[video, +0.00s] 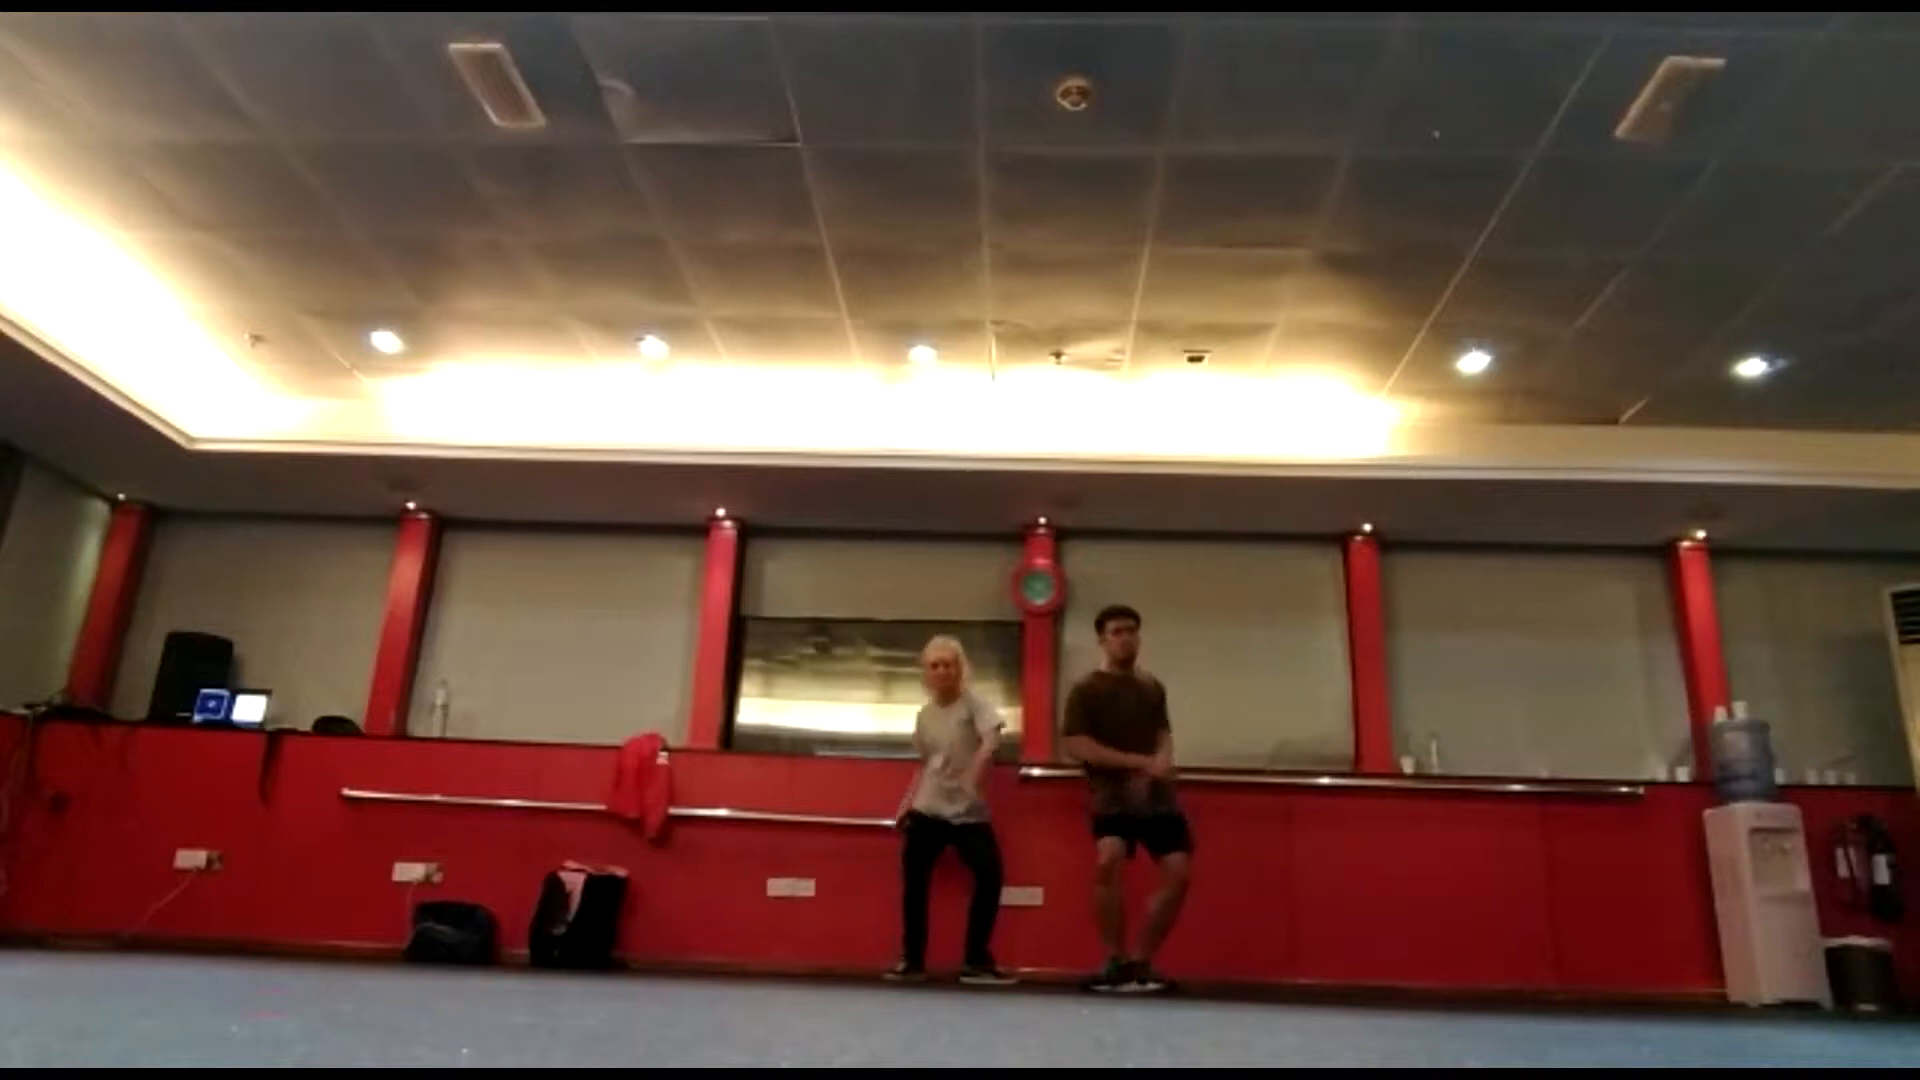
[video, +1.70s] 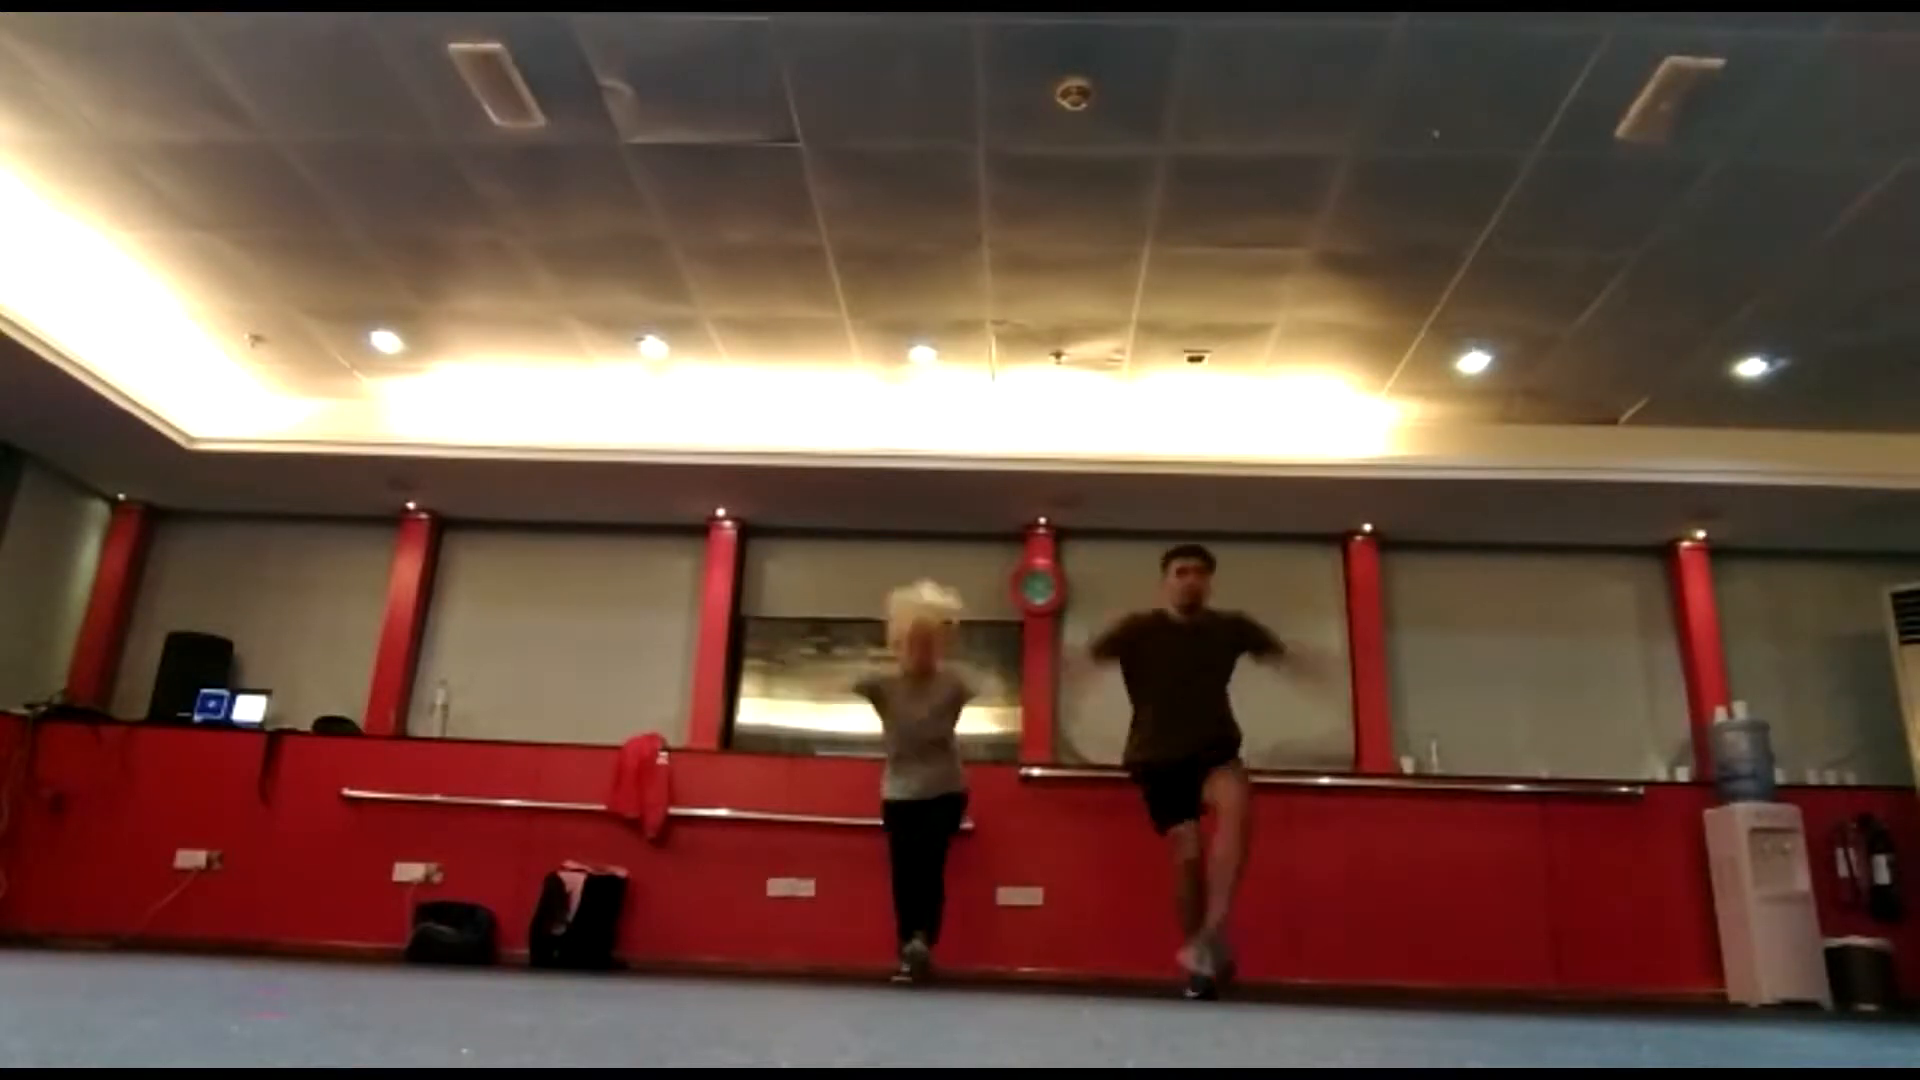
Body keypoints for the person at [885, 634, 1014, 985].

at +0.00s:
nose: (940, 672)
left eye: (946, 665)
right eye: (933, 666)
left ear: (960, 668)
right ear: (924, 671)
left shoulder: (974, 703)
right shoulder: (926, 714)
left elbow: (992, 738)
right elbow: (925, 763)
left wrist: (973, 777)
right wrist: (907, 803)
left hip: (967, 817)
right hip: (927, 815)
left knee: (990, 879)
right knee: (914, 885)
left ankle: (977, 961)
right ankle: (912, 959)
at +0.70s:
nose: (950, 681)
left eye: (957, 675)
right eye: (944, 673)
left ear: (967, 679)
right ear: (932, 674)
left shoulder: (969, 723)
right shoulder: (909, 711)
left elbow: (976, 768)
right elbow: (891, 752)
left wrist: (974, 806)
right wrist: (898, 801)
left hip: (953, 822)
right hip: (915, 819)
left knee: (941, 895)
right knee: (912, 893)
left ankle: (936, 959)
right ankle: (910, 956)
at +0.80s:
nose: (947, 683)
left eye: (954, 675)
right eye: (941, 675)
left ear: (966, 680)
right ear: (929, 677)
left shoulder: (971, 725)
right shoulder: (912, 711)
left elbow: (978, 772)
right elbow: (893, 749)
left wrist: (966, 806)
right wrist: (899, 791)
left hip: (953, 815)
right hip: (918, 807)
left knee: (943, 892)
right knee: (916, 829)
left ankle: (936, 960)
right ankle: (911, 891)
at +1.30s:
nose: (906, 683)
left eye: (913, 675)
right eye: (899, 676)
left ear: (926, 676)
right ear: (890, 679)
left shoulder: (947, 710)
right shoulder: (887, 722)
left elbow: (967, 754)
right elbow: (894, 771)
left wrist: (942, 801)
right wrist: (903, 809)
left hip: (955, 814)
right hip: (916, 814)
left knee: (945, 884)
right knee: (910, 884)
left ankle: (936, 946)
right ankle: (908, 953)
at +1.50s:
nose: (922, 642)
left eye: (929, 634)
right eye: (915, 634)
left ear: (940, 635)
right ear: (903, 635)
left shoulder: (955, 672)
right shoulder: (896, 671)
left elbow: (972, 717)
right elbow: (873, 701)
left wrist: (968, 752)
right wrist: (895, 659)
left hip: (947, 787)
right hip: (903, 786)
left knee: (942, 869)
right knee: (907, 877)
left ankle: (950, 905)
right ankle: (909, 955)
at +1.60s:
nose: (921, 629)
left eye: (929, 621)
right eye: (915, 620)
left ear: (942, 624)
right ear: (902, 622)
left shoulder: (956, 664)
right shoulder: (883, 661)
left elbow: (1007, 678)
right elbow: (823, 658)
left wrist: (1055, 667)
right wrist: (781, 630)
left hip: (947, 776)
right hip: (902, 777)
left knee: (933, 857)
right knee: (907, 864)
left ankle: (934, 942)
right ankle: (909, 949)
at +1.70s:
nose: (920, 650)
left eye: (928, 641)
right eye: (914, 641)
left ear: (939, 644)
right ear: (900, 644)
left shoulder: (952, 684)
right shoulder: (885, 685)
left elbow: (982, 689)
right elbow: (857, 683)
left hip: (944, 789)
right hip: (900, 789)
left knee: (929, 863)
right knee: (904, 869)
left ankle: (923, 938)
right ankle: (907, 950)